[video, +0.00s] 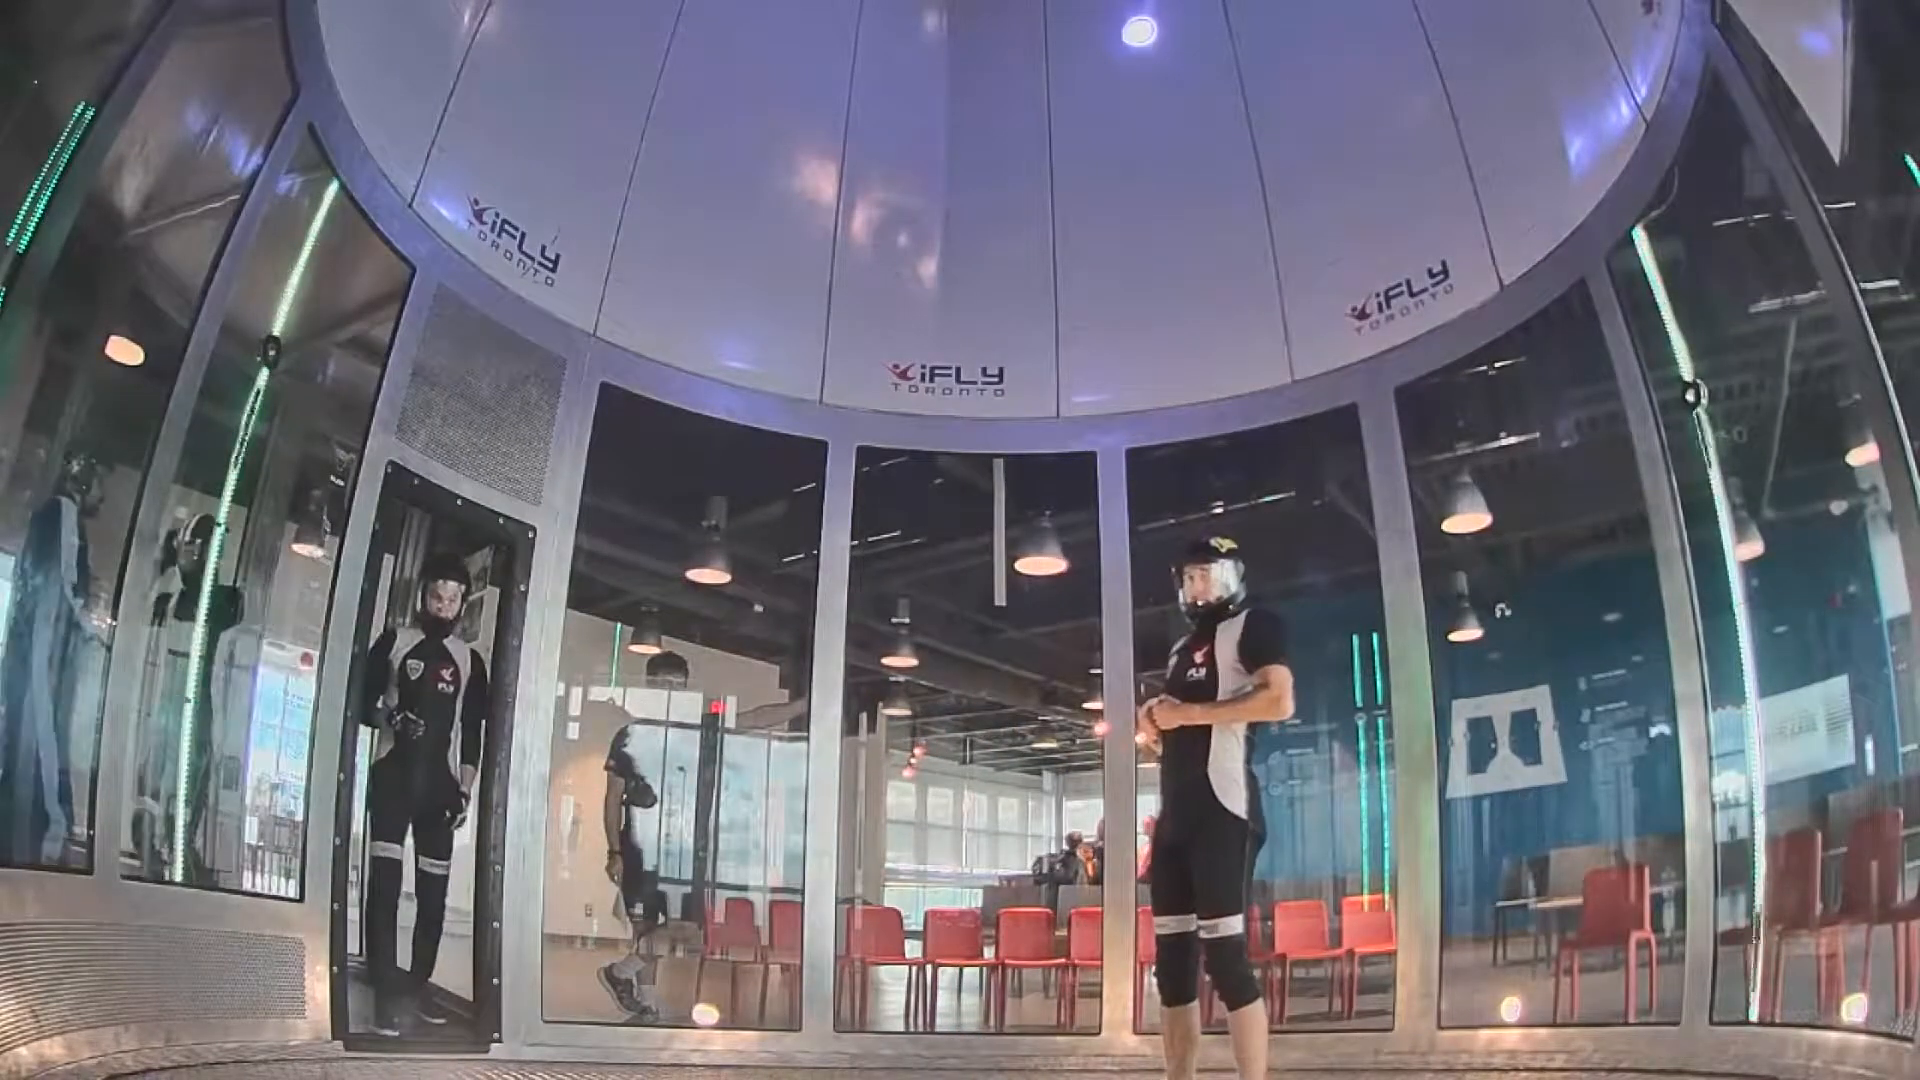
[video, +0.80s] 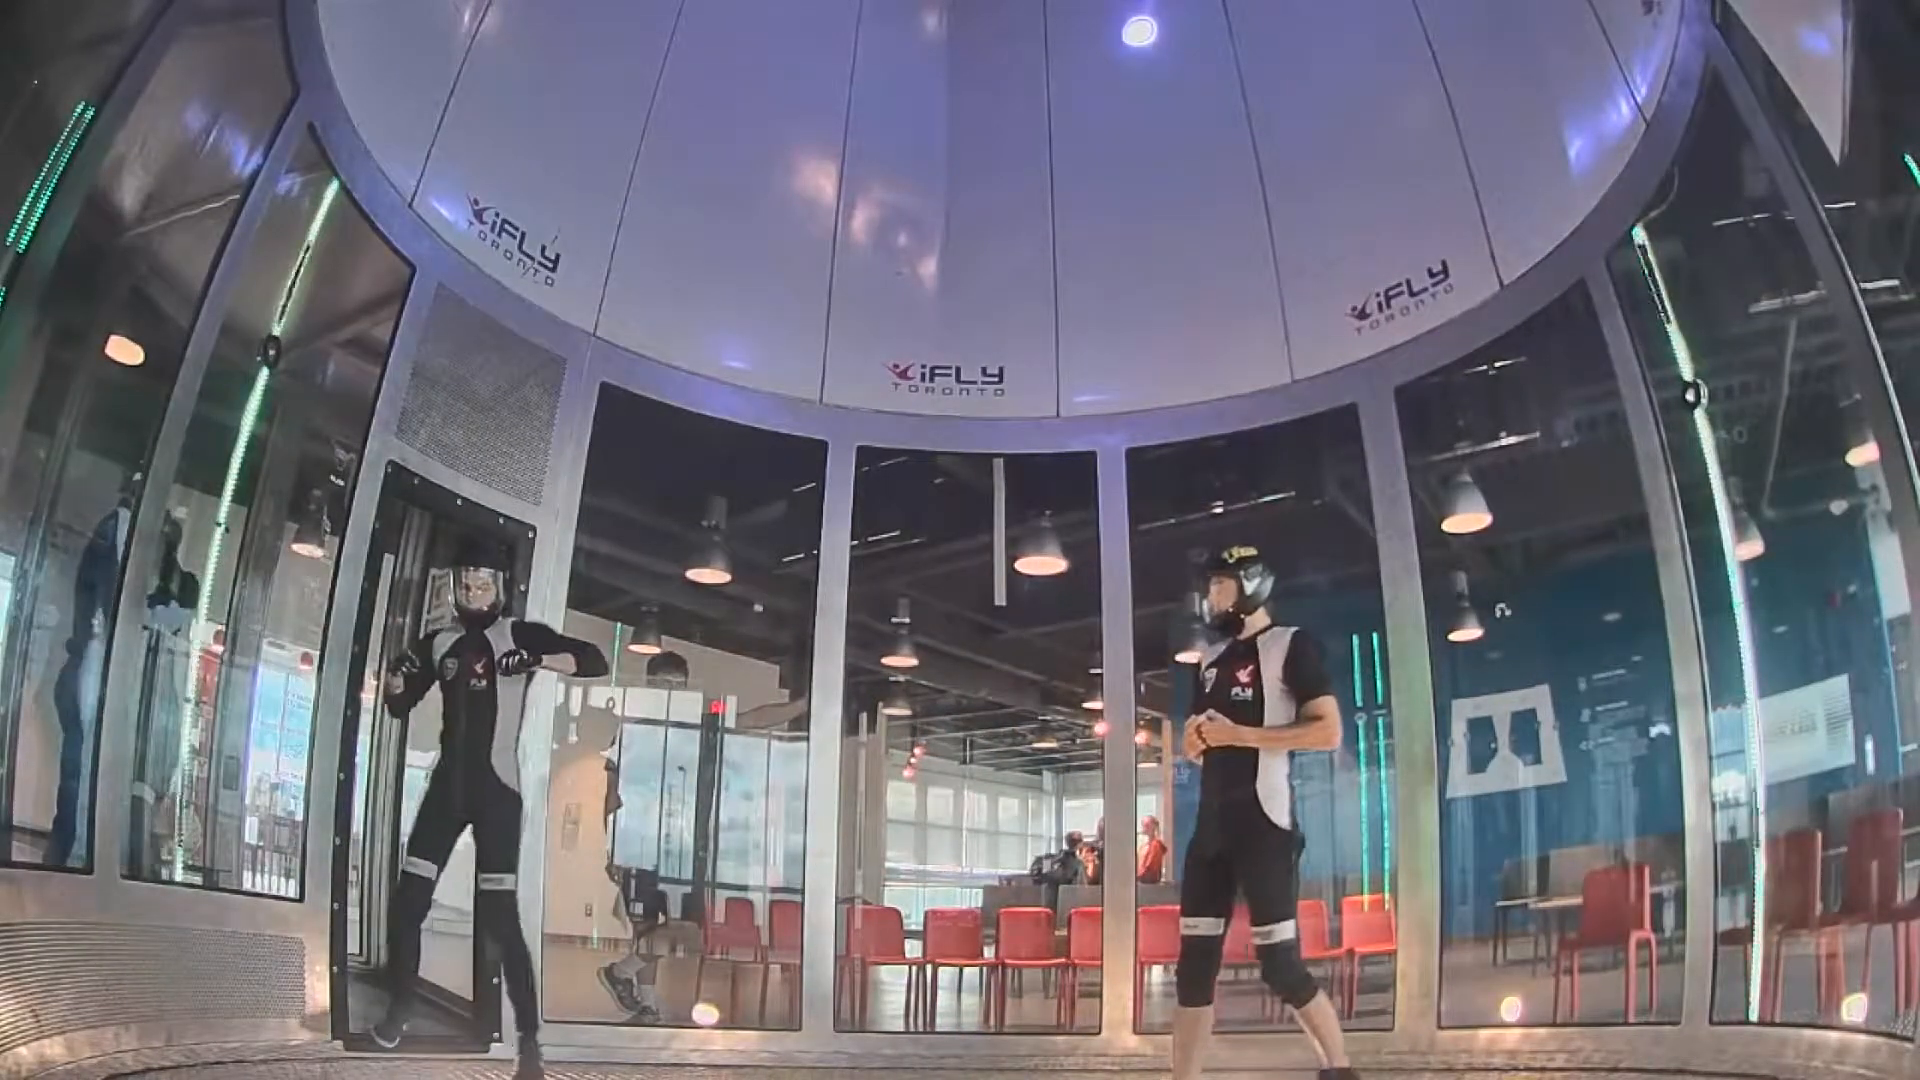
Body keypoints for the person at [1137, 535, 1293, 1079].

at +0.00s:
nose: (1195, 587)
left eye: (1205, 575)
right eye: (1189, 577)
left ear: (1232, 577)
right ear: (1181, 583)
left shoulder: (1256, 624)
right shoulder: (1184, 646)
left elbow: (1280, 702)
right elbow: (1167, 747)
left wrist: (1187, 713)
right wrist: (1150, 730)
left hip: (1226, 810)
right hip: (1176, 810)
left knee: (1225, 955)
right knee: (1173, 960)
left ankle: (1253, 1075)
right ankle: (1179, 1076)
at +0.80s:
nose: (1213, 595)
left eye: (1222, 584)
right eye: (1211, 586)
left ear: (1253, 586)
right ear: (1218, 594)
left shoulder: (1292, 645)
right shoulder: (1212, 662)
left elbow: (1329, 732)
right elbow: (1190, 749)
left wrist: (1240, 733)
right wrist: (1193, 741)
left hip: (1267, 823)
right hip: (1212, 824)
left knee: (1280, 965)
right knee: (1195, 962)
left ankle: (1339, 1068)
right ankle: (1183, 1076)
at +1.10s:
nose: (1274, 609)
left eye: (1284, 598)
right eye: (1272, 599)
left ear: (1315, 598)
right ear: (1272, 605)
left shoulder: (1367, 653)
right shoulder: (1268, 670)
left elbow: (1412, 729)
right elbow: (1251, 763)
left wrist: (1332, 733)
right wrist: (1271, 745)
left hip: (1354, 833)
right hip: (1293, 834)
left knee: (1373, 962)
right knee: (1242, 958)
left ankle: (1388, 1070)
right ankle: (1191, 1075)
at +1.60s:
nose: (1343, 596)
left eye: (1352, 585)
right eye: (1334, 587)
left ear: (1373, 591)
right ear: (1322, 598)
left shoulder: (1405, 646)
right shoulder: (1311, 667)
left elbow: (1449, 723)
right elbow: (1302, 760)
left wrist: (1371, 741)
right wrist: (1311, 750)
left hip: (1391, 826)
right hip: (1331, 827)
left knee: (1386, 966)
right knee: (1300, 955)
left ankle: (1393, 1066)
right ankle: (1293, 1075)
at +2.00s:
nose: (1327, 588)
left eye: (1336, 577)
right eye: (1317, 580)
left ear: (1355, 586)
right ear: (1304, 592)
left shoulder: (1399, 641)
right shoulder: (1292, 659)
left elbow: (1434, 702)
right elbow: (1284, 734)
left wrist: (1366, 647)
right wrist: (1322, 666)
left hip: (1382, 828)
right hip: (1318, 830)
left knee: (1387, 967)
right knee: (1313, 962)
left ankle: (1392, 1065)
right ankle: (1302, 1076)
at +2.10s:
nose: (1314, 579)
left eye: (1321, 573)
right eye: (1303, 571)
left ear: (1340, 584)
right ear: (1294, 588)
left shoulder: (1373, 634)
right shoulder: (1287, 641)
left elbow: (1408, 657)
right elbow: (1284, 665)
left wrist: (1366, 564)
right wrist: (1320, 583)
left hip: (1373, 816)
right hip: (1308, 820)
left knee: (1381, 965)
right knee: (1311, 967)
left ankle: (1391, 1062)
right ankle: (1301, 1078)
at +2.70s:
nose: (1298, 562)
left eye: (1305, 556)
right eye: (1282, 558)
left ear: (1321, 569)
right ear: (1268, 582)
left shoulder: (1372, 625)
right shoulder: (1271, 638)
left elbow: (1380, 574)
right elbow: (1283, 578)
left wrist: (1349, 475)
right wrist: (1295, 478)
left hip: (1379, 815)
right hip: (1306, 821)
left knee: (1395, 969)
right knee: (1307, 977)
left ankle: (1421, 1070)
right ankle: (1301, 1077)